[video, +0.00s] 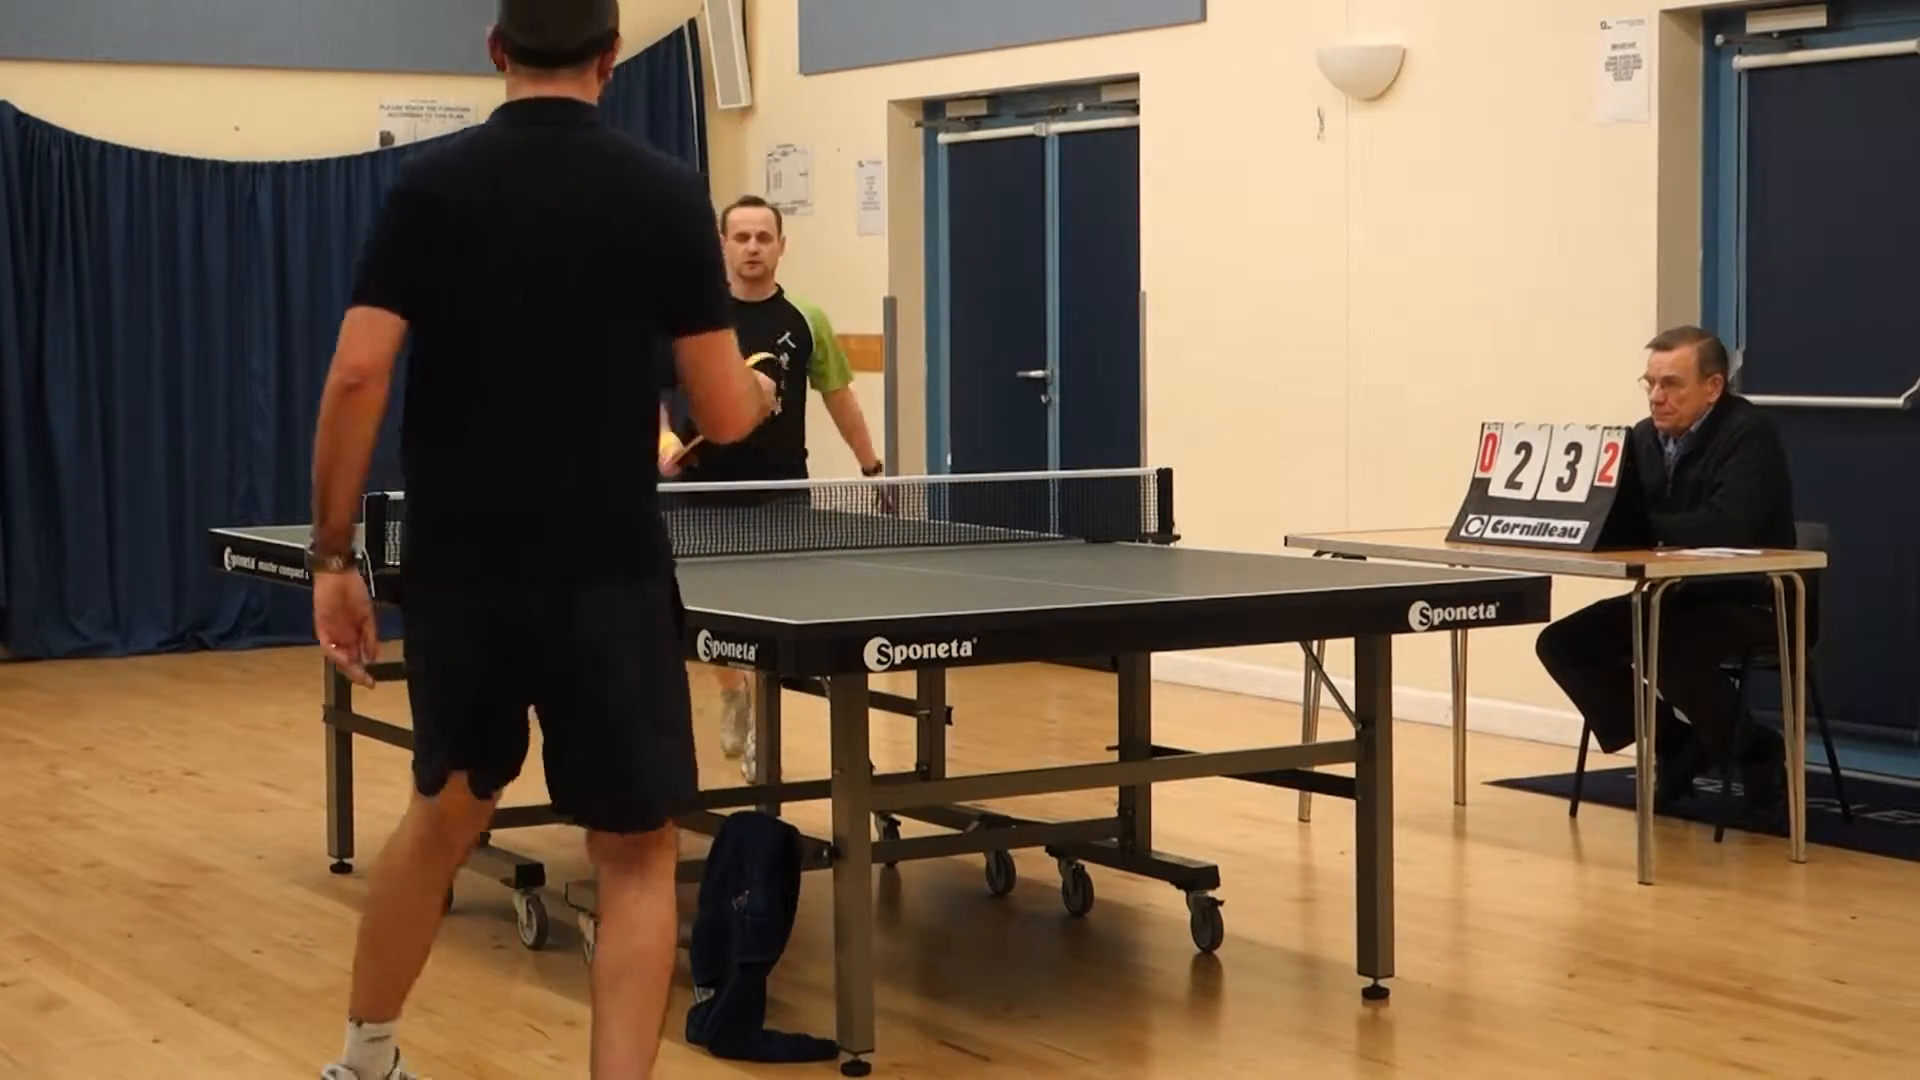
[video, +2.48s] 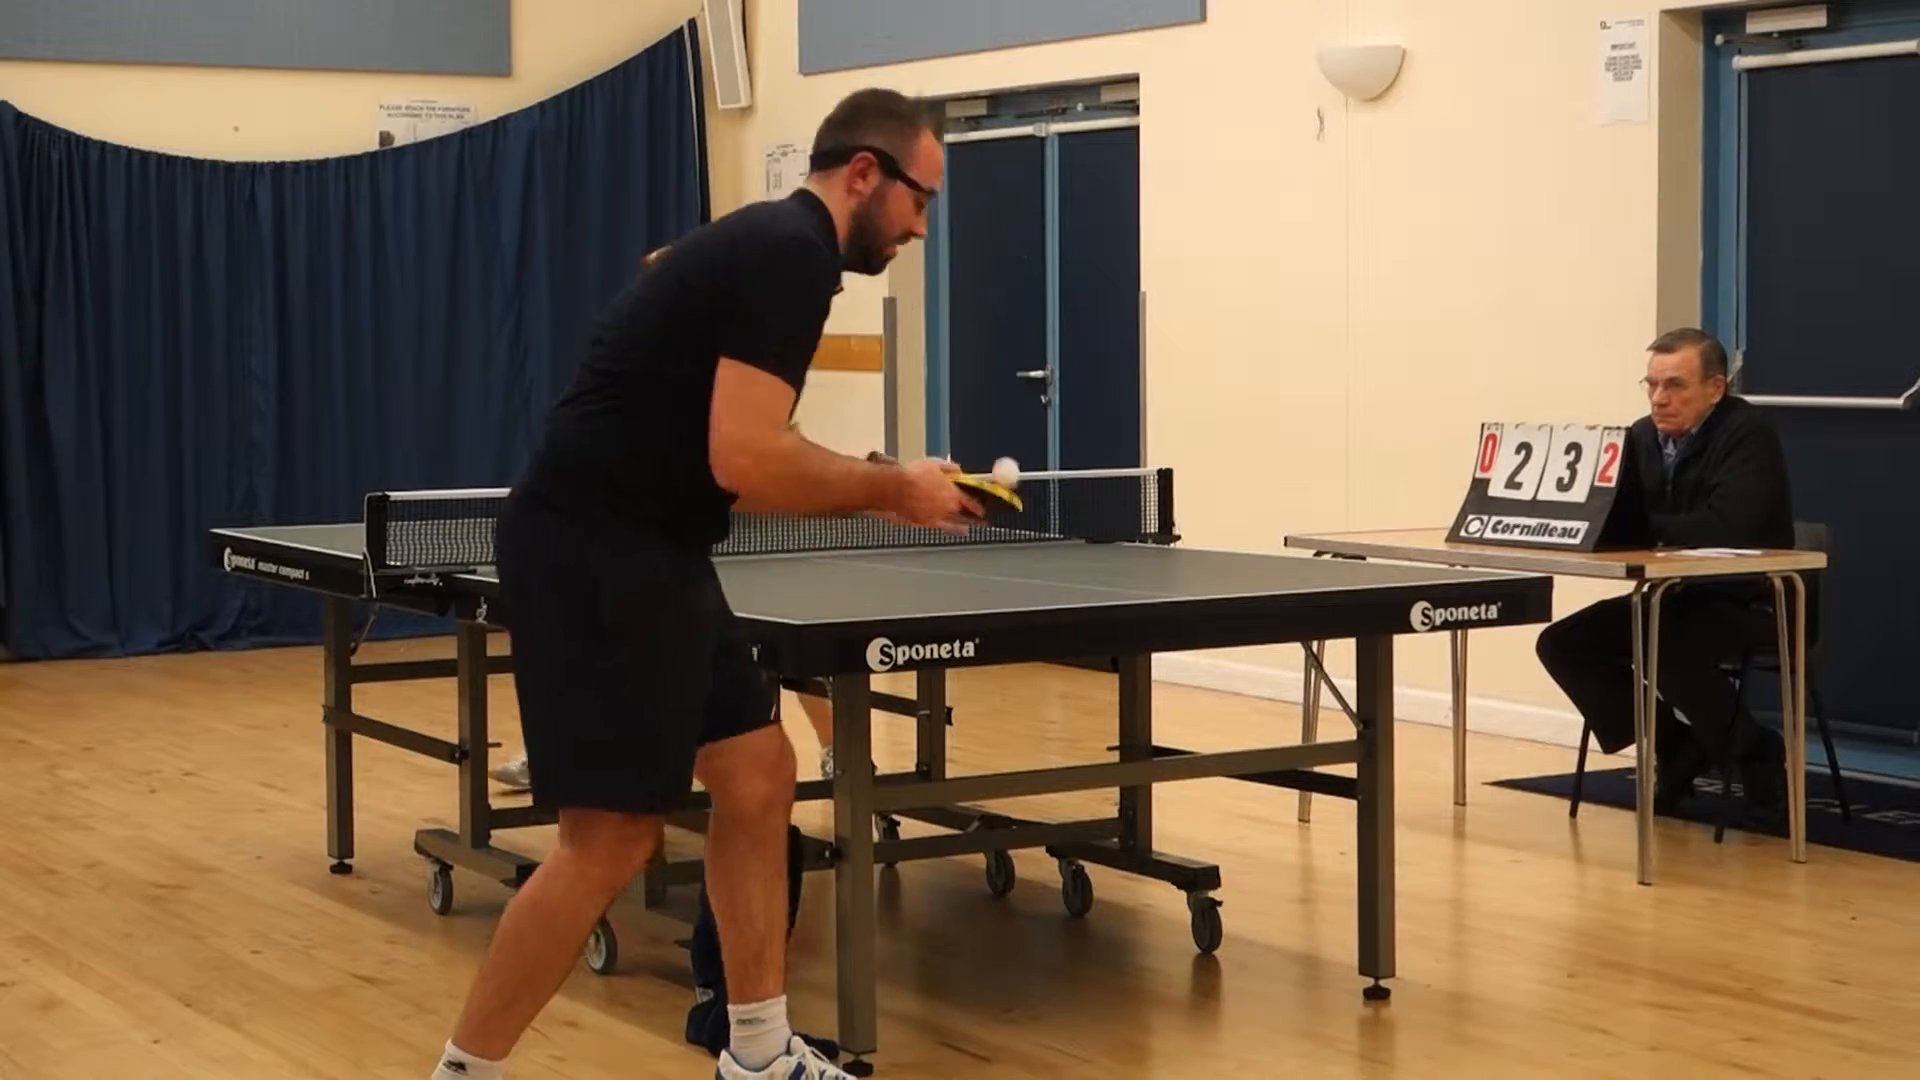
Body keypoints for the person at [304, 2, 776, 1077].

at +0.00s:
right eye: (602, 44)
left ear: (496, 53)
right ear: (609, 56)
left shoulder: (427, 183)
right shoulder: (663, 193)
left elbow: (356, 377)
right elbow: (724, 414)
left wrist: (332, 555)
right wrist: (745, 380)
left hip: (459, 570)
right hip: (606, 575)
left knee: (449, 804)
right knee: (634, 852)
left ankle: (363, 1053)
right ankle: (621, 1071)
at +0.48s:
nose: (592, 118)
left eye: (595, 102)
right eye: (593, 100)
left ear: (484, 81)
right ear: (562, 90)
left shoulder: (385, 181)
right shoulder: (551, 201)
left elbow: (343, 359)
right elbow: (600, 424)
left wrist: (487, 457)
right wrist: (694, 441)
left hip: (336, 531)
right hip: (458, 540)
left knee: (381, 800)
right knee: (562, 788)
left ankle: (334, 1058)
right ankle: (471, 1059)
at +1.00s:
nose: (782, 194)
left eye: (785, 172)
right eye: (777, 169)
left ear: (714, 161)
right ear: (718, 157)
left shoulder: (663, 262)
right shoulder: (625, 230)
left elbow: (706, 449)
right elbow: (597, 425)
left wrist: (887, 427)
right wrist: (754, 396)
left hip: (549, 551)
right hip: (468, 552)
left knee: (668, 763)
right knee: (564, 833)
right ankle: (452, 1071)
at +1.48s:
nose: (1036, 278)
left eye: (1039, 258)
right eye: (1033, 252)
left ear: (952, 227)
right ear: (981, 230)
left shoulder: (869, 291)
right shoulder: (952, 279)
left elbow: (763, 483)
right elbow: (1118, 408)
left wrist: (883, 585)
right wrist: (1228, 391)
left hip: (709, 531)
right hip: (662, 518)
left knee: (771, 774)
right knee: (649, 817)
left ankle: (760, 1052)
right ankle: (457, 1047)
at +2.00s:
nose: (1087, 342)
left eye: (1095, 321)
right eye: (1090, 315)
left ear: (1010, 282)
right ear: (1045, 288)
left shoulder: (910, 318)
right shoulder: (1002, 344)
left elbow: (784, 476)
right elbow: (984, 554)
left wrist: (893, 586)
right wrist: (1103, 694)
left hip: (682, 495)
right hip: (719, 505)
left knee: (772, 763)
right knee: (654, 798)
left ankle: (760, 1050)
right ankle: (427, 1024)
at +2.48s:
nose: (921, 225)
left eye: (929, 204)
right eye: (921, 197)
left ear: (853, 175)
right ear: (863, 171)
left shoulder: (773, 242)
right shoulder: (787, 248)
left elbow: (747, 448)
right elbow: (745, 459)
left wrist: (884, 483)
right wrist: (893, 487)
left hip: (655, 553)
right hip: (587, 550)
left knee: (757, 774)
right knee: (609, 839)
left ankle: (761, 1050)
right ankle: (466, 1066)